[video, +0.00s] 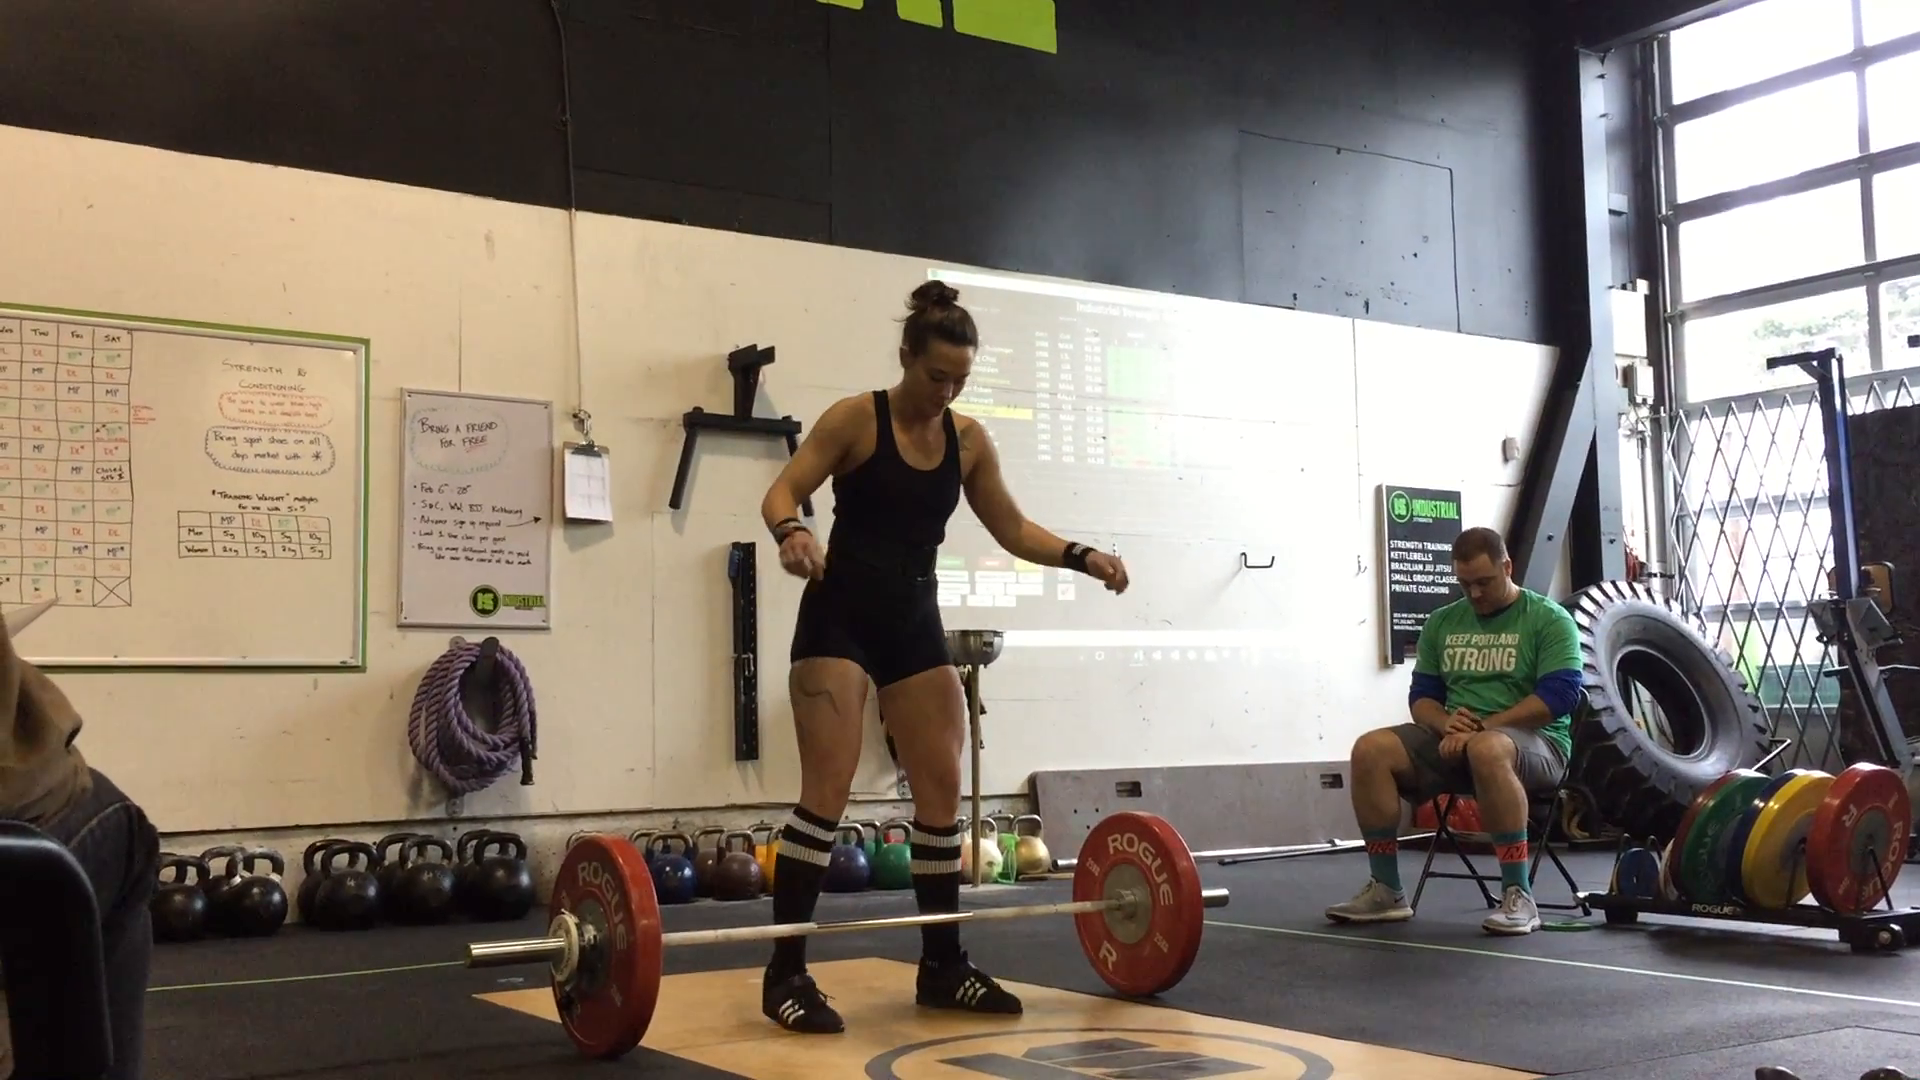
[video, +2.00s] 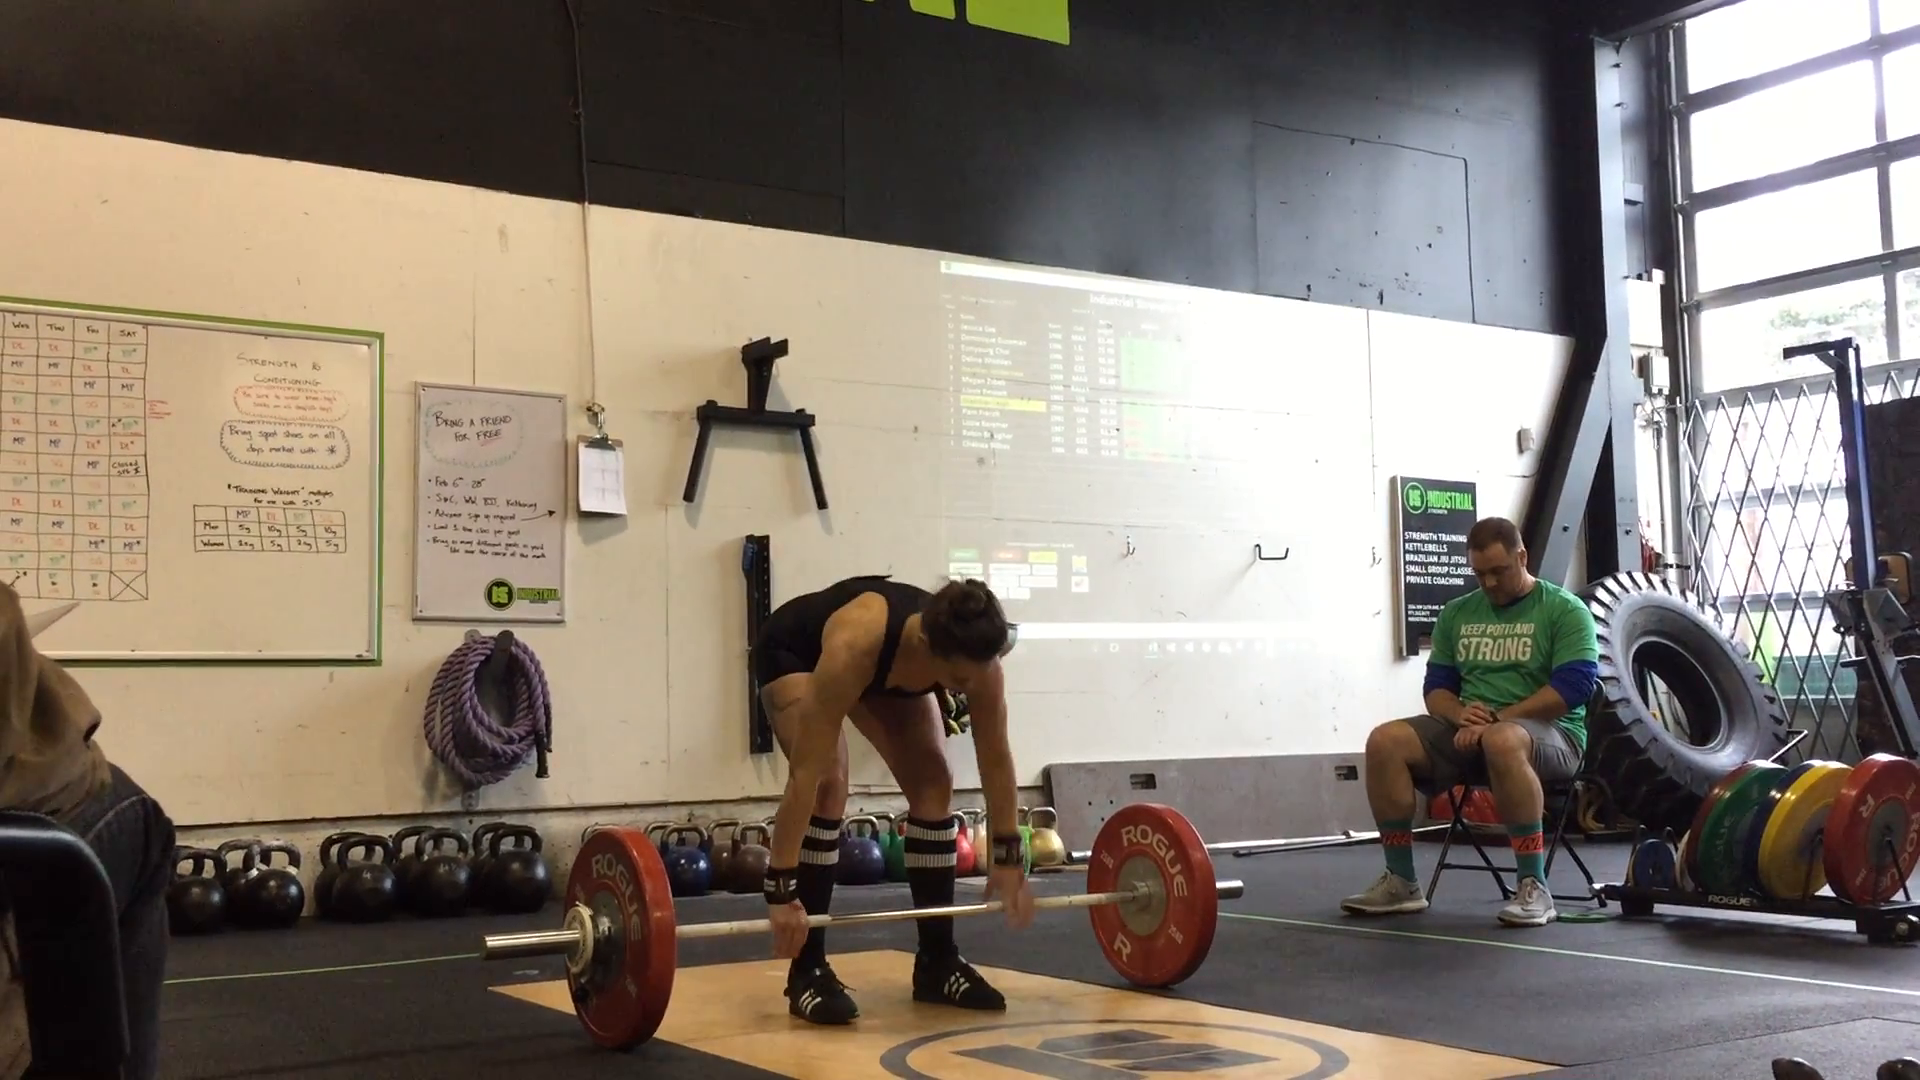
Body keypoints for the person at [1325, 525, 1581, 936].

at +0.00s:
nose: (1475, 594)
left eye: (1484, 582)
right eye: (1465, 584)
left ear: (1508, 567)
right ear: (1455, 575)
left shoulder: (1549, 618)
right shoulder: (1441, 622)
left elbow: (1561, 694)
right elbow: (1422, 698)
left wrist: (1481, 730)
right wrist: (1444, 721)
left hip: (1535, 742)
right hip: (1454, 742)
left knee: (1487, 749)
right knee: (1370, 750)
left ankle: (1517, 897)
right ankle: (1386, 891)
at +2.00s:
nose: (1489, 583)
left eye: (1498, 571)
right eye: (1480, 574)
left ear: (1523, 557)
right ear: (1471, 566)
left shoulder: (1565, 609)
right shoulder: (1455, 614)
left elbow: (1574, 686)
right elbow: (1437, 689)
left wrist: (1496, 722)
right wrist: (1459, 713)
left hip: (1550, 734)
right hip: (1469, 733)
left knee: (1502, 741)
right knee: (1384, 742)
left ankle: (1532, 888)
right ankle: (1401, 882)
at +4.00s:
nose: (1496, 551)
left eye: (1507, 541)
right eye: (1489, 543)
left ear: (1534, 546)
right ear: (1483, 551)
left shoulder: (1569, 609)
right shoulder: (1463, 613)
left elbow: (1569, 687)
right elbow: (1444, 684)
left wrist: (1495, 726)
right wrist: (1456, 725)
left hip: (1551, 734)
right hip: (1472, 735)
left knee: (1504, 743)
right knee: (1384, 744)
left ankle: (1536, 890)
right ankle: (1402, 884)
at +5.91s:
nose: (1503, 557)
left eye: (1514, 548)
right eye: (1496, 549)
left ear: (1542, 552)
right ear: (1490, 555)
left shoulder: (1577, 615)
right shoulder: (1470, 618)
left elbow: (1577, 696)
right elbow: (1453, 690)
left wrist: (1501, 734)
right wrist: (1468, 727)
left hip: (1561, 740)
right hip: (1480, 740)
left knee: (1516, 745)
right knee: (1393, 748)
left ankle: (1543, 895)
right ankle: (1411, 888)